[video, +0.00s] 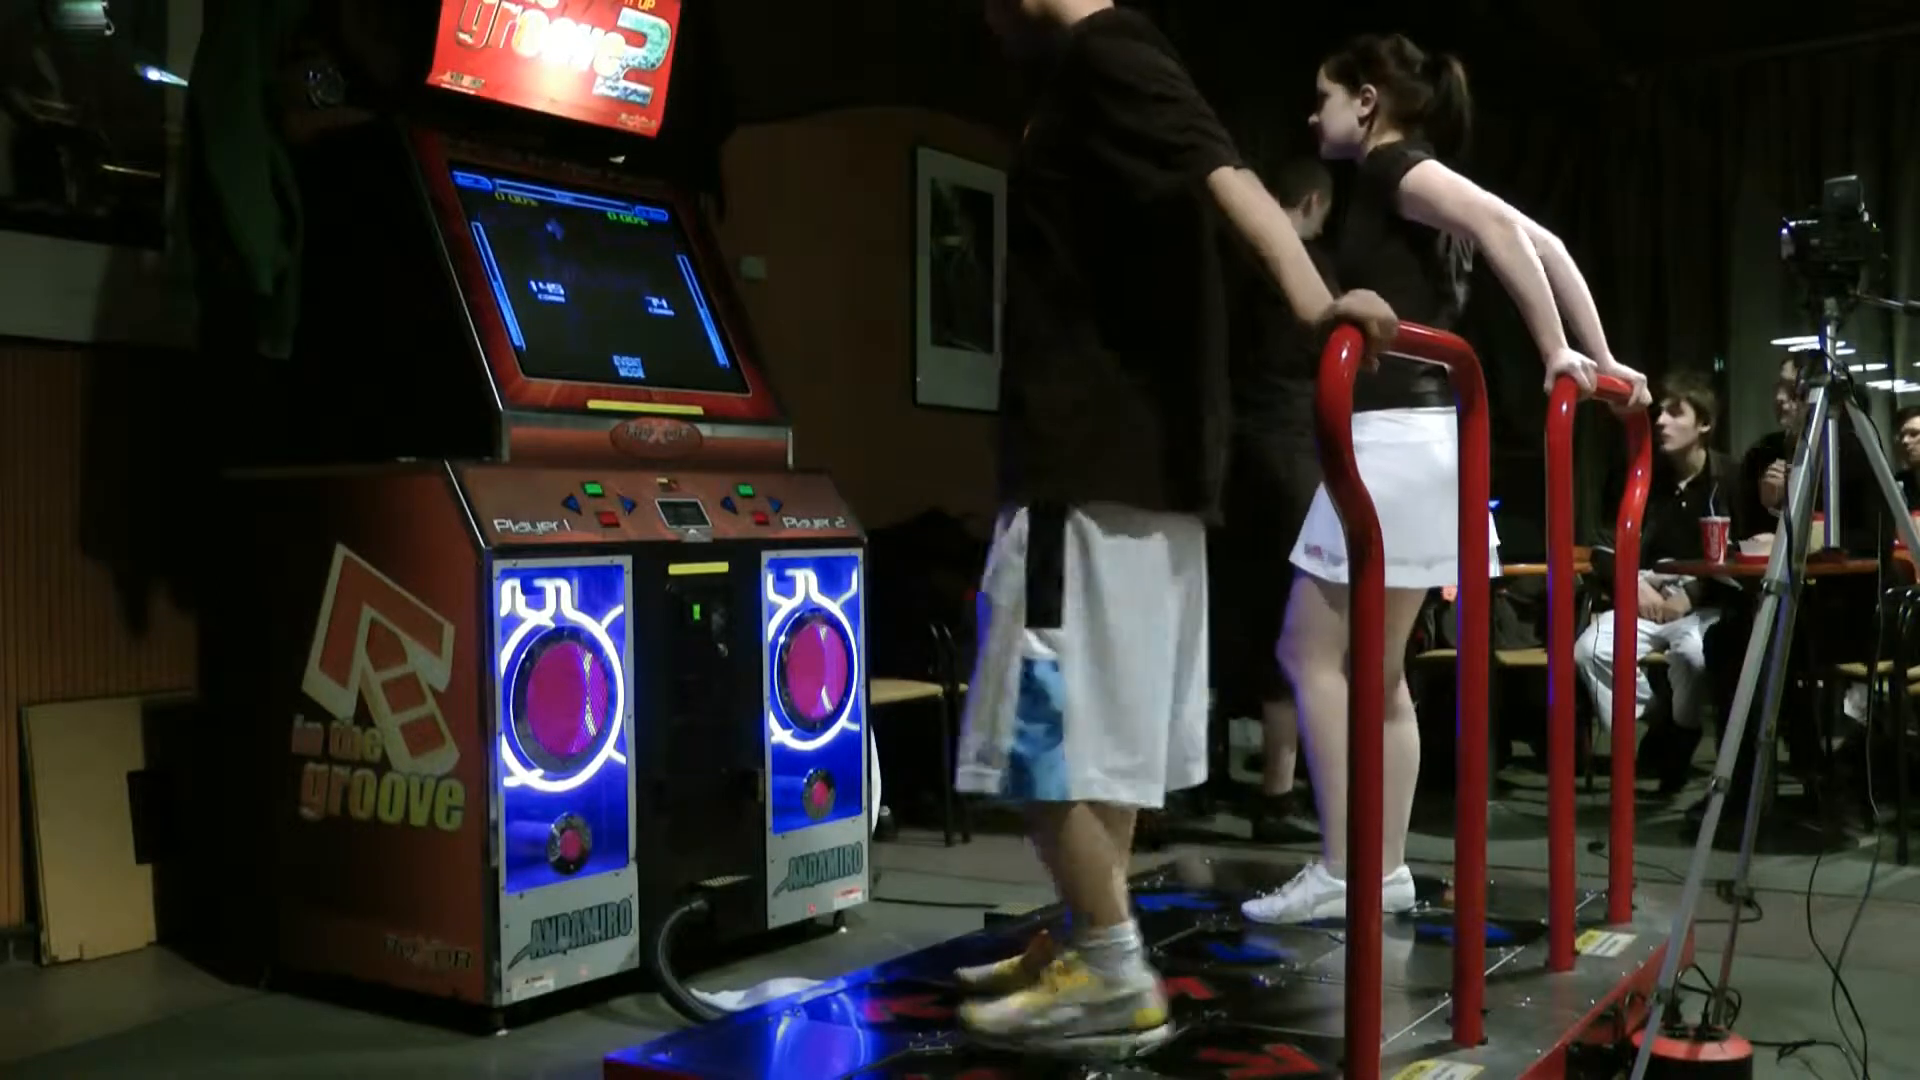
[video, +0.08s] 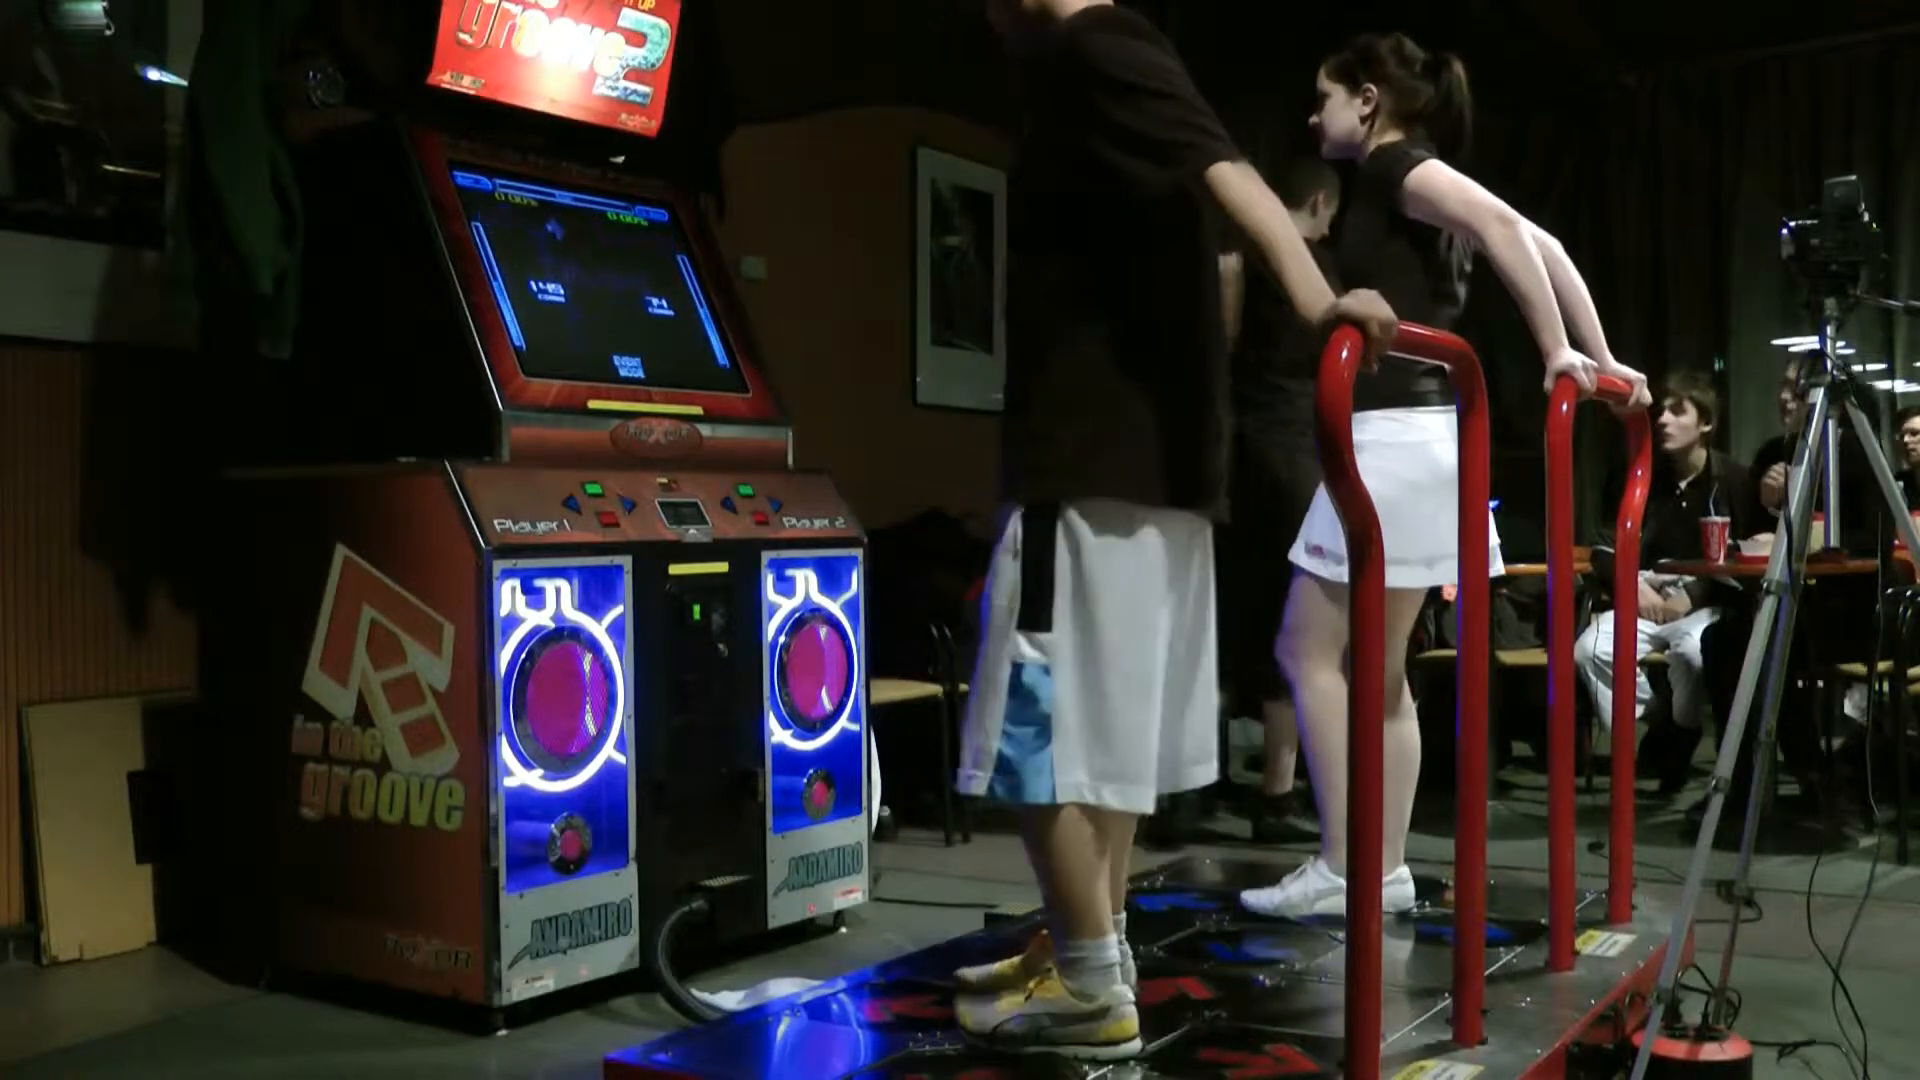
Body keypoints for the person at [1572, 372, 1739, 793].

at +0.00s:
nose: (1662, 422)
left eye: (1675, 413)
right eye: (1659, 412)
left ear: (1703, 426)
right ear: (1651, 419)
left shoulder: (1727, 479)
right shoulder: (1641, 474)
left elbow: (1737, 555)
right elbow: (1607, 546)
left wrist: (1689, 595)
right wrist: (1634, 586)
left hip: (1700, 603)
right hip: (1643, 598)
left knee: (1693, 655)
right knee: (1593, 650)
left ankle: (1683, 735)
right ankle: (1656, 730)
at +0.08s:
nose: (1663, 420)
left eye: (1676, 412)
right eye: (1660, 411)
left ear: (1704, 425)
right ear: (1653, 418)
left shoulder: (1732, 480)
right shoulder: (1644, 475)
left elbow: (1741, 557)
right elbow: (1606, 547)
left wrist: (1690, 598)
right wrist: (1632, 587)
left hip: (1704, 602)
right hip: (1644, 599)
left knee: (1688, 654)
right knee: (1594, 650)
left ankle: (1684, 734)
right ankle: (1658, 727)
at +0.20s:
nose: (1670, 421)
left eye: (1683, 412)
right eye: (1665, 412)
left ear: (1709, 422)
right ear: (1656, 418)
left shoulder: (1738, 481)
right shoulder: (1644, 475)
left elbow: (1751, 560)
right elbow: (1605, 548)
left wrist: (1692, 597)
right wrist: (1633, 586)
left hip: (1706, 603)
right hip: (1644, 599)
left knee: (1692, 654)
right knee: (1593, 651)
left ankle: (1683, 734)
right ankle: (1655, 732)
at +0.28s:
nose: (1679, 421)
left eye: (1690, 411)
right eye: (1670, 413)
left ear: (1712, 421)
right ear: (1659, 421)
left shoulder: (1738, 481)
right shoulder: (1643, 476)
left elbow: (1754, 558)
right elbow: (1605, 548)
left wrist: (1693, 596)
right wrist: (1633, 586)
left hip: (1707, 602)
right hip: (1644, 599)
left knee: (1692, 654)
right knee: (1594, 650)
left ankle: (1682, 735)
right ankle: (1654, 731)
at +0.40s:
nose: (1685, 421)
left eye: (1695, 410)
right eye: (1674, 413)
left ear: (1713, 418)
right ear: (1660, 423)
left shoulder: (1739, 480)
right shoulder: (1646, 476)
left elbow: (1753, 558)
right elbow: (1607, 547)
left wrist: (1692, 595)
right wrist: (1634, 585)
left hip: (1710, 602)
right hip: (1648, 599)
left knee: (1690, 651)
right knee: (1594, 649)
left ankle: (1682, 736)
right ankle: (1656, 734)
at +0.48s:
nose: (1684, 422)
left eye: (1694, 411)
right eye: (1673, 414)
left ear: (1713, 418)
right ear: (1660, 425)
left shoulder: (1740, 482)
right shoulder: (1646, 478)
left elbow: (1754, 562)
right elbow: (1608, 550)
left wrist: (1692, 594)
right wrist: (1635, 587)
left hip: (1709, 606)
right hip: (1647, 605)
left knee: (1691, 653)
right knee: (1593, 648)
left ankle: (1684, 746)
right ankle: (1649, 742)